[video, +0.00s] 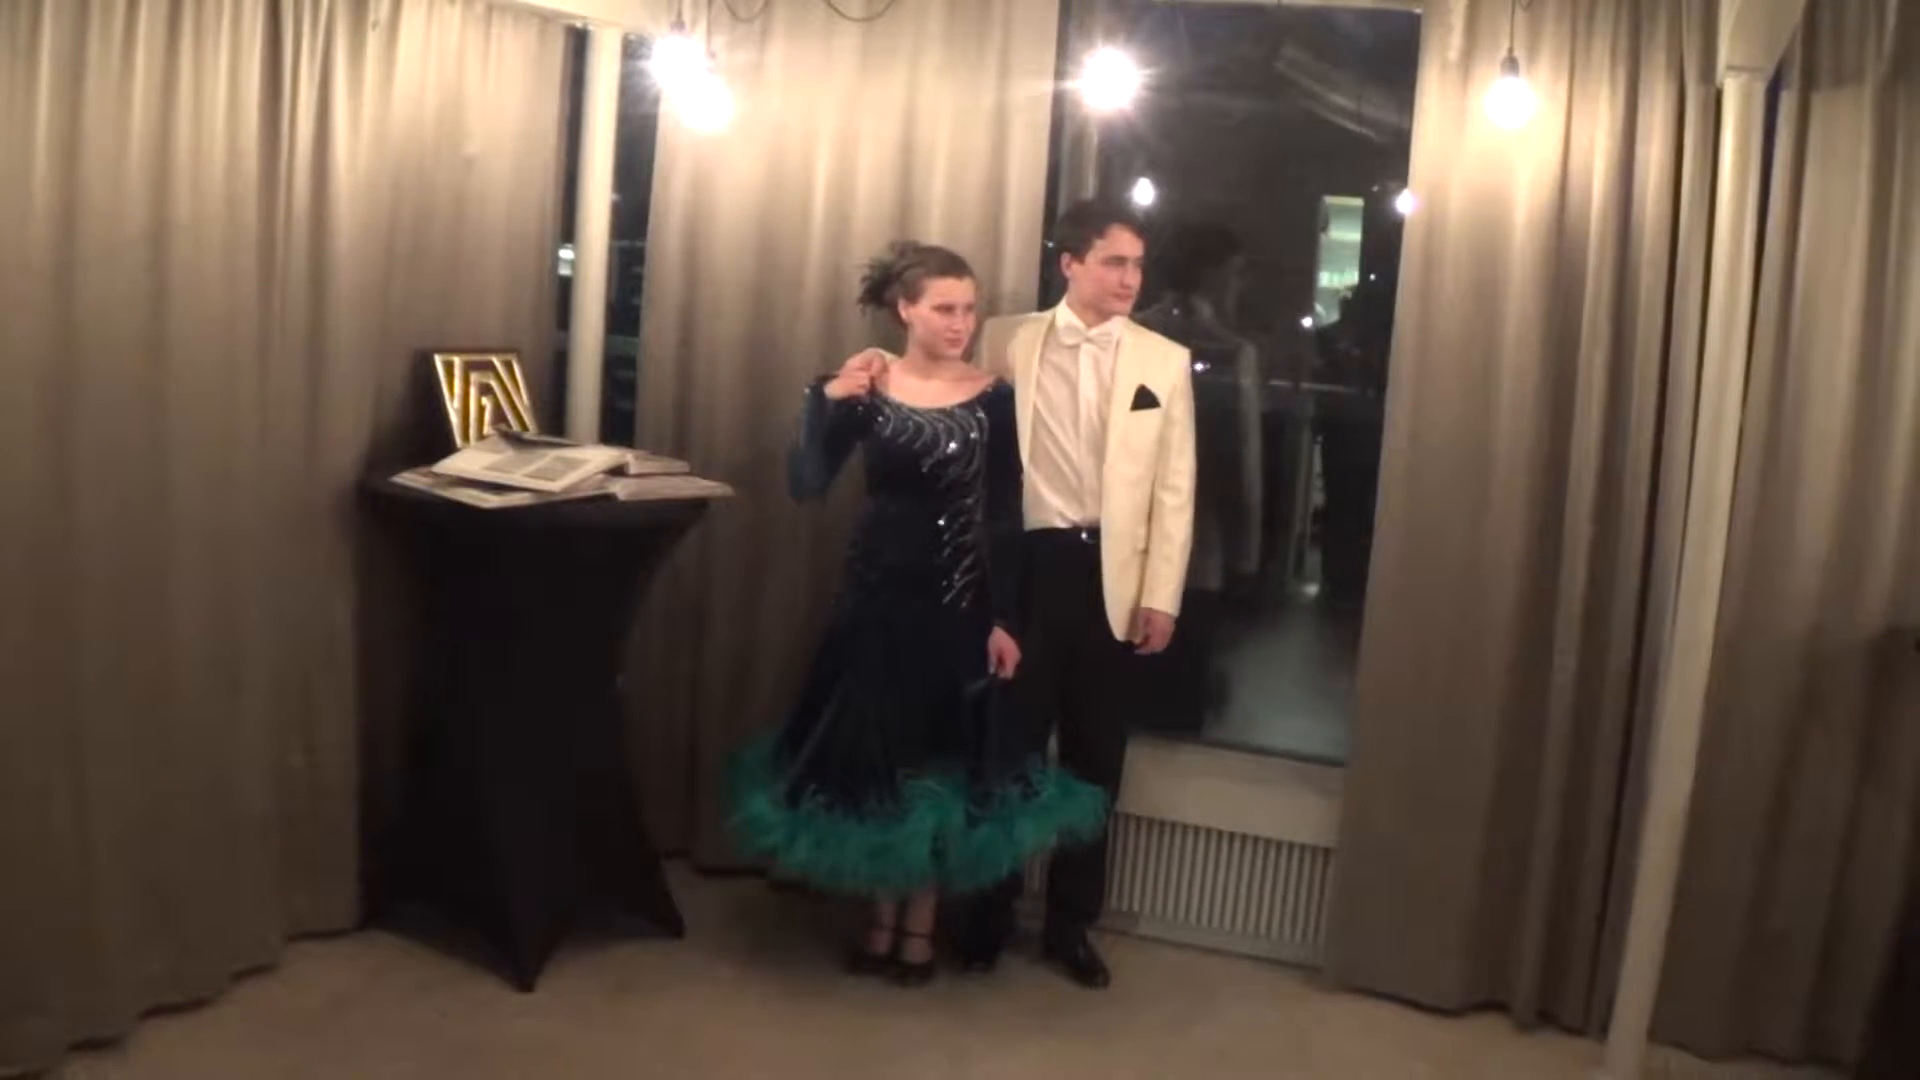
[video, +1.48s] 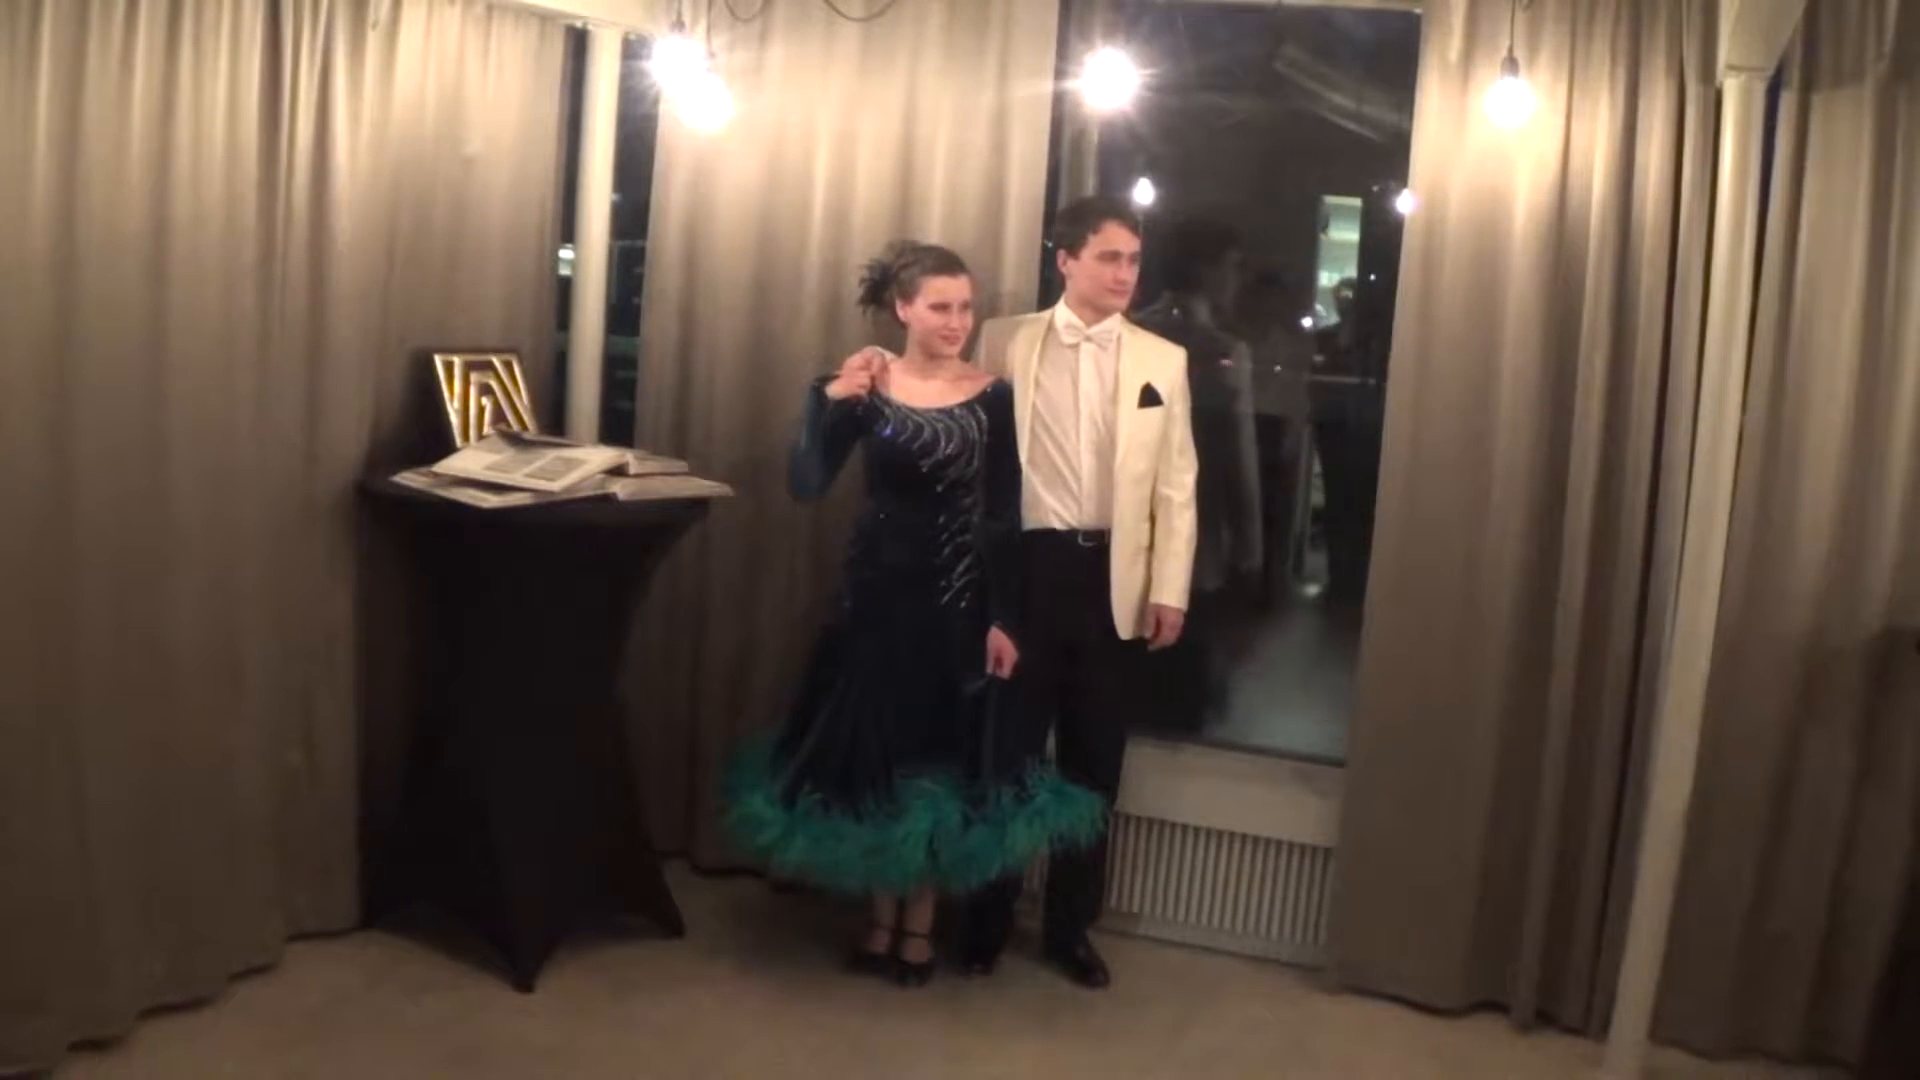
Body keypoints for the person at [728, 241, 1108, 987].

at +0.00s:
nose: (959, 323)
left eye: (968, 309)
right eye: (943, 309)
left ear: (980, 314)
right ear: (903, 311)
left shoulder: (991, 397)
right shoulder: (870, 384)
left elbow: (1004, 514)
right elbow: (808, 483)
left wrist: (1004, 617)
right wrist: (829, 397)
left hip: (958, 596)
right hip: (881, 588)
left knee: (938, 752)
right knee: (877, 747)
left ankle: (922, 908)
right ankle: (877, 906)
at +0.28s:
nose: (959, 323)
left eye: (968, 309)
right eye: (943, 309)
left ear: (980, 314)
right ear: (903, 311)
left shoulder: (992, 398)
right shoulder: (870, 385)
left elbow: (1005, 516)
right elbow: (809, 482)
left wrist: (1005, 618)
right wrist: (829, 397)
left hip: (958, 598)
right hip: (881, 590)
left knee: (939, 753)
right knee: (878, 748)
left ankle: (922, 909)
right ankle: (877, 905)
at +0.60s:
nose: (958, 323)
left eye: (967, 309)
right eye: (941, 309)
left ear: (979, 314)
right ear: (902, 312)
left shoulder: (992, 398)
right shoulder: (871, 385)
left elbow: (1005, 515)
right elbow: (808, 480)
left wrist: (1005, 617)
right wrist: (831, 396)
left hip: (960, 594)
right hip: (884, 587)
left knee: (939, 748)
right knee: (879, 743)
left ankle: (923, 906)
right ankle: (880, 905)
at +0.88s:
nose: (957, 323)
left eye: (966, 309)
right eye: (940, 309)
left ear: (978, 314)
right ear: (902, 312)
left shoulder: (991, 397)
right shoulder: (871, 385)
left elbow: (1005, 514)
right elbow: (809, 481)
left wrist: (1004, 617)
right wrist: (832, 397)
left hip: (960, 594)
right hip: (883, 588)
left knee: (940, 748)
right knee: (880, 743)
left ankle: (923, 908)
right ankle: (880, 905)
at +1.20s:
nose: (957, 322)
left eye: (966, 308)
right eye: (940, 308)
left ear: (978, 313)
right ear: (900, 311)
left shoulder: (991, 396)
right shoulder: (871, 384)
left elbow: (1004, 514)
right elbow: (810, 480)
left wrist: (1004, 617)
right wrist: (831, 397)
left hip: (958, 598)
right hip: (882, 591)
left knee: (940, 753)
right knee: (880, 749)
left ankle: (922, 912)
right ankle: (880, 908)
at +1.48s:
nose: (955, 322)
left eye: (965, 308)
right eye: (939, 307)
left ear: (978, 313)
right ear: (899, 310)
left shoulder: (991, 396)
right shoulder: (870, 383)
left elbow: (1003, 514)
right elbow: (809, 481)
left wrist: (1004, 617)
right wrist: (832, 397)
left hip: (958, 597)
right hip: (882, 590)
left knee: (938, 752)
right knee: (879, 747)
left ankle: (921, 912)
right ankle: (879, 908)